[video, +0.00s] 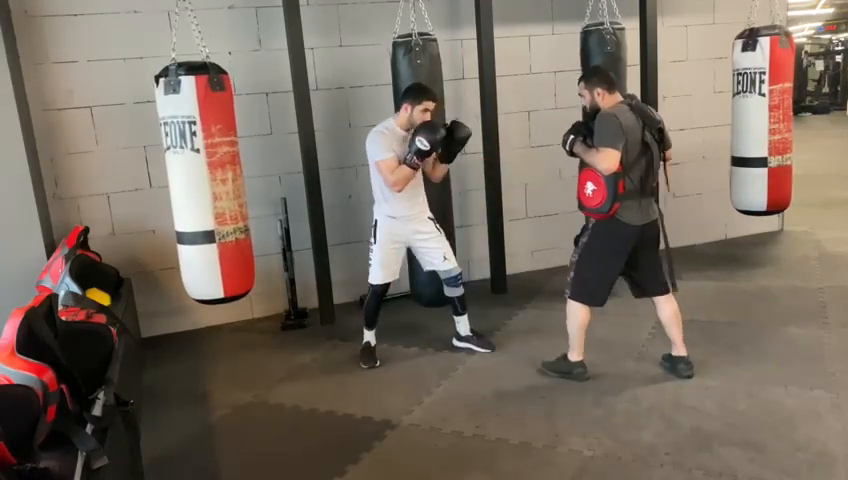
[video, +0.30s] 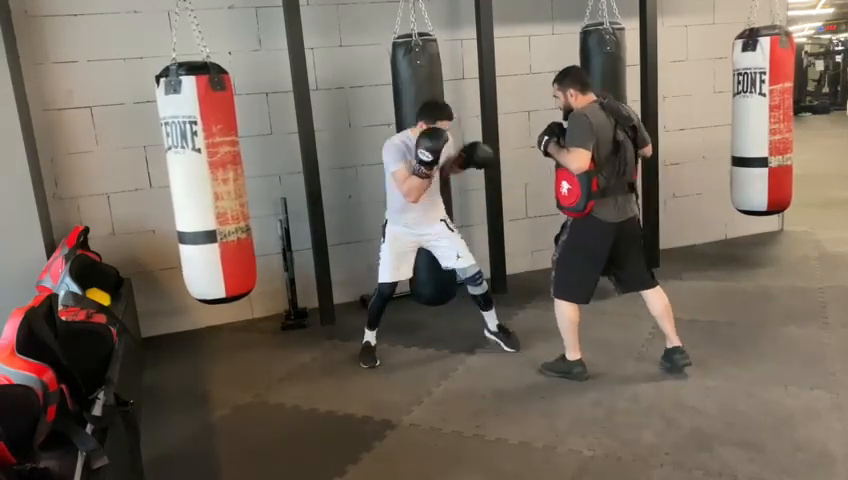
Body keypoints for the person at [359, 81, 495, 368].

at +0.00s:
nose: (429, 118)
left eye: (431, 113)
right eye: (425, 112)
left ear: (426, 112)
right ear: (406, 107)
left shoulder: (420, 135)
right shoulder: (378, 137)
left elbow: (435, 174)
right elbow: (395, 183)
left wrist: (450, 149)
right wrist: (417, 154)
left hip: (421, 220)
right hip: (389, 223)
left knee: (451, 273)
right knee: (379, 285)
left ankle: (464, 334)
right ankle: (368, 342)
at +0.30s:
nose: (444, 134)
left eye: (446, 130)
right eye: (439, 129)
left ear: (445, 130)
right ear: (422, 125)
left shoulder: (443, 140)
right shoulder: (395, 146)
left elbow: (445, 169)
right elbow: (411, 194)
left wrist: (463, 160)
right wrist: (426, 162)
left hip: (436, 223)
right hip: (401, 227)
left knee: (473, 274)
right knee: (387, 287)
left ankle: (494, 328)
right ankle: (368, 341)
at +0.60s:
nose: (443, 156)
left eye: (445, 151)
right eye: (439, 152)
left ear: (444, 150)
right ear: (420, 149)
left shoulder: (444, 155)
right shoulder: (393, 167)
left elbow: (465, 172)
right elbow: (410, 213)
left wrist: (486, 176)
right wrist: (422, 182)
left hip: (443, 234)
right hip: (407, 238)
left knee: (480, 279)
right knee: (393, 294)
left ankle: (502, 330)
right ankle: (370, 342)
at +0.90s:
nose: (426, 113)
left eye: (429, 109)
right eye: (423, 107)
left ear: (422, 108)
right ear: (405, 104)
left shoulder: (418, 131)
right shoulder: (379, 134)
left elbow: (434, 165)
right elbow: (399, 180)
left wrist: (446, 140)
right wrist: (417, 147)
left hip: (420, 218)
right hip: (388, 222)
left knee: (446, 273)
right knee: (378, 282)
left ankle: (461, 335)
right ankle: (368, 341)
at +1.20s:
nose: (433, 119)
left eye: (436, 115)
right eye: (432, 113)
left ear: (426, 111)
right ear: (416, 106)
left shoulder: (422, 132)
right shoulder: (385, 134)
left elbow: (455, 161)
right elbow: (402, 180)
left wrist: (455, 124)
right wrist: (428, 148)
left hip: (421, 219)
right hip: (390, 221)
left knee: (444, 276)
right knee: (382, 285)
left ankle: (462, 335)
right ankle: (368, 340)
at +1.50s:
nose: (417, 122)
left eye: (420, 116)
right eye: (413, 116)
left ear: (402, 115)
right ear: (394, 113)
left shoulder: (409, 141)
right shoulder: (368, 146)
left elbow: (416, 180)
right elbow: (391, 191)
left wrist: (437, 162)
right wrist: (409, 160)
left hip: (414, 223)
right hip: (381, 229)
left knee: (454, 270)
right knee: (375, 293)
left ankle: (463, 330)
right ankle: (367, 348)